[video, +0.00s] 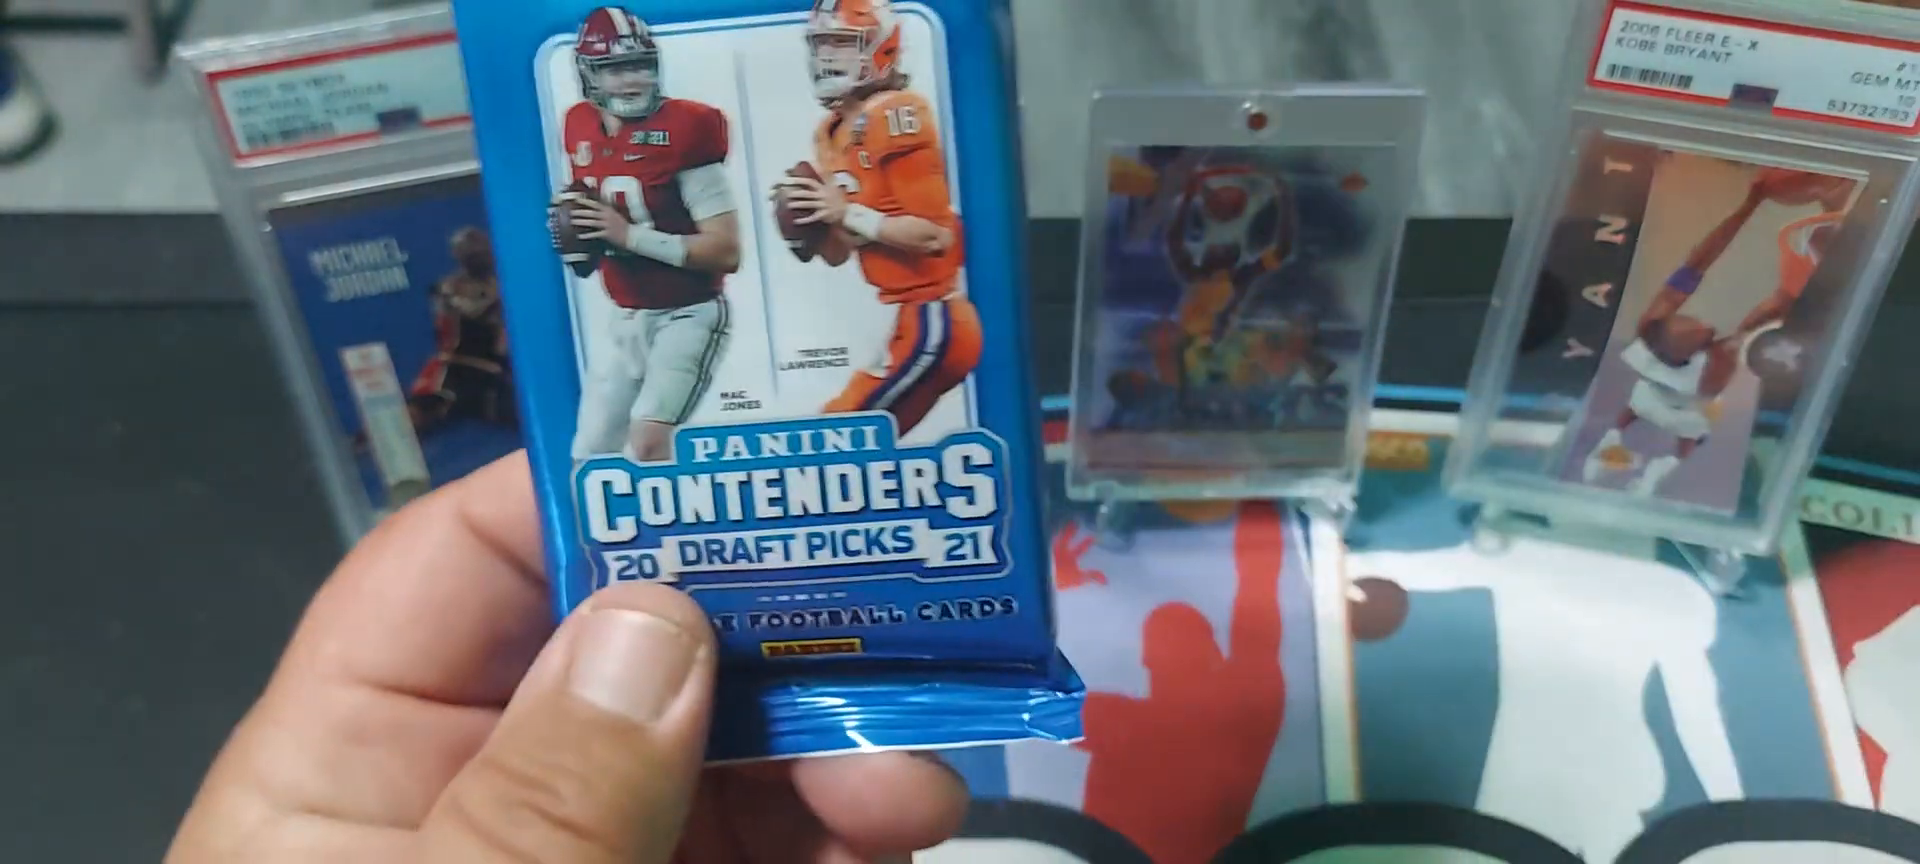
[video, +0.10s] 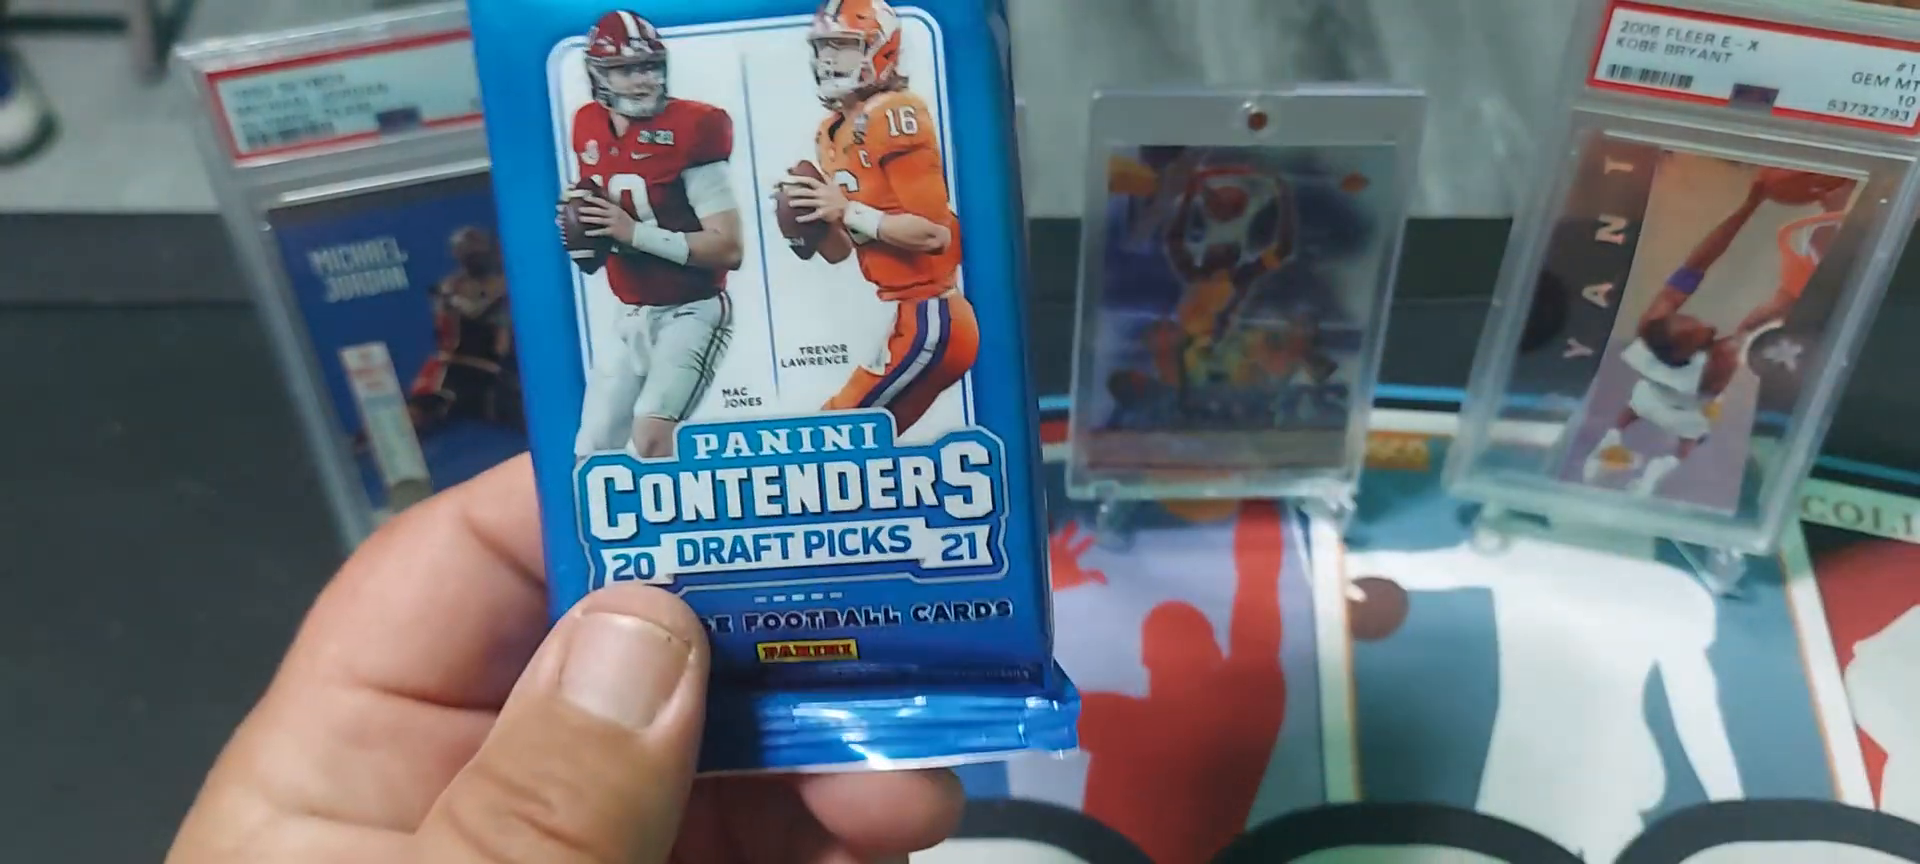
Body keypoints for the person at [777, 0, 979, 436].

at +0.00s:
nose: (828, 56)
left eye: (844, 44)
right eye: (821, 44)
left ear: (880, 53)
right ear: (811, 47)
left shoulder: (897, 113)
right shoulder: (829, 131)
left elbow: (935, 236)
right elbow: (836, 252)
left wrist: (846, 211)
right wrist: (805, 217)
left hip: (934, 320)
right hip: (909, 319)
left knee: (829, 442)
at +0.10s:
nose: (829, 61)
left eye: (845, 49)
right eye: (823, 48)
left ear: (880, 57)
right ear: (813, 52)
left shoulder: (896, 114)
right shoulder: (830, 133)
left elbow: (934, 234)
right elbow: (836, 250)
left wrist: (846, 209)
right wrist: (806, 220)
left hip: (932, 318)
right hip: (913, 317)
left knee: (827, 440)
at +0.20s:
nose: (887, 103)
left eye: (903, 90)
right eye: (882, 89)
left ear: (937, 96)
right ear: (873, 92)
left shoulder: (952, 157)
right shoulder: (887, 171)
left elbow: (985, 274)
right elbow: (886, 285)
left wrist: (897, 247)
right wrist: (850, 252)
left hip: (977, 355)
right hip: (952, 353)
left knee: (875, 472)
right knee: (893, 481)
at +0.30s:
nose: (939, 131)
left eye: (954, 119)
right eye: (934, 118)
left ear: (989, 127)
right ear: (924, 121)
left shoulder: (1002, 186)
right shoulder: (937, 199)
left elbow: (1031, 303)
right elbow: (933, 314)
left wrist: (945, 276)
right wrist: (900, 280)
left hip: (1023, 387)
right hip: (1002, 385)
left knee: (914, 499)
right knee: (942, 512)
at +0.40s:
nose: (964, 145)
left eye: (979, 134)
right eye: (959, 132)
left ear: (1014, 141)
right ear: (951, 135)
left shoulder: (1023, 203)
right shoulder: (957, 213)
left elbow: (1049, 321)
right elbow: (953, 330)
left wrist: (966, 292)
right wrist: (922, 297)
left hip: (1039, 405)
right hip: (1015, 402)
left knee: (926, 515)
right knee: (935, 523)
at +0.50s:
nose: (973, 158)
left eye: (988, 148)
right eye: (969, 145)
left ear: (1023, 157)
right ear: (959, 148)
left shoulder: (1032, 219)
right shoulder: (963, 226)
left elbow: (1049, 337)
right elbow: (954, 343)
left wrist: (967, 304)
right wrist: (929, 307)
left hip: (1037, 420)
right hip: (1012, 417)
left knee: (919, 526)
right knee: (932, 536)